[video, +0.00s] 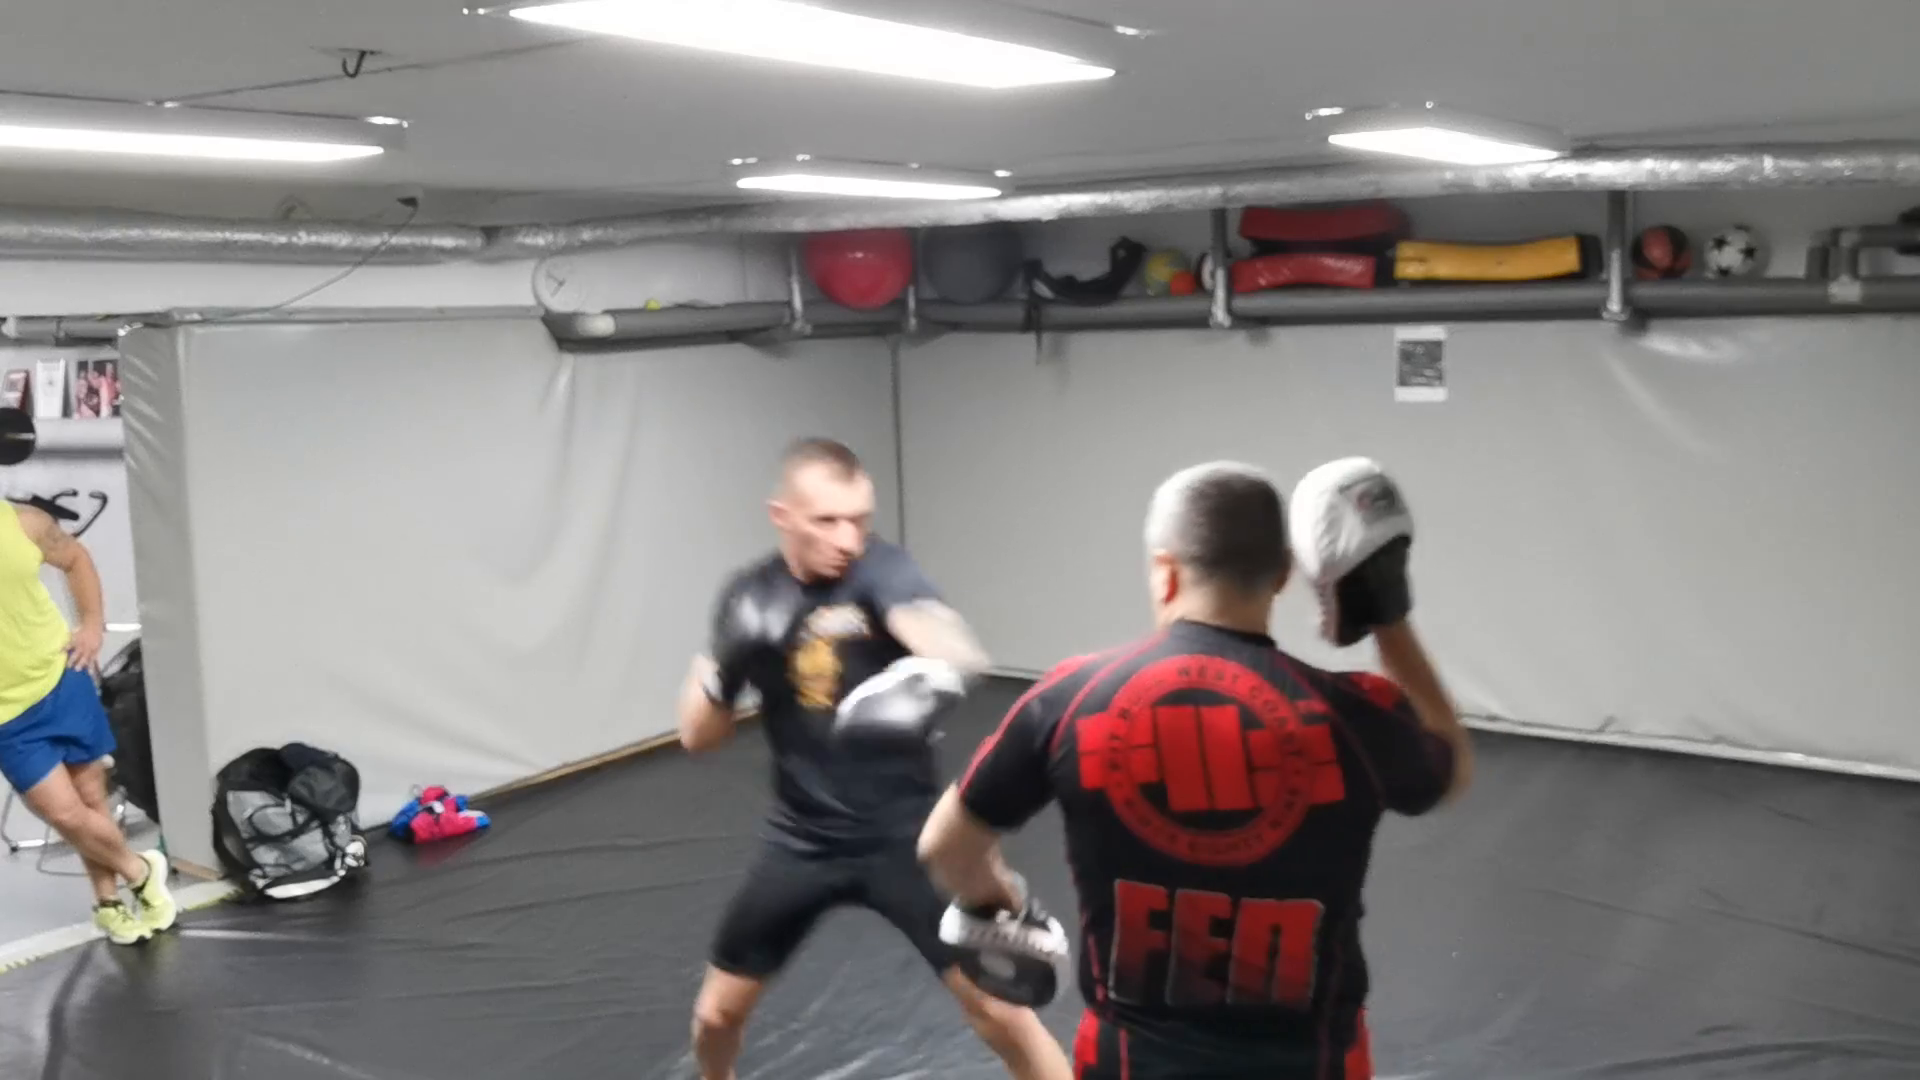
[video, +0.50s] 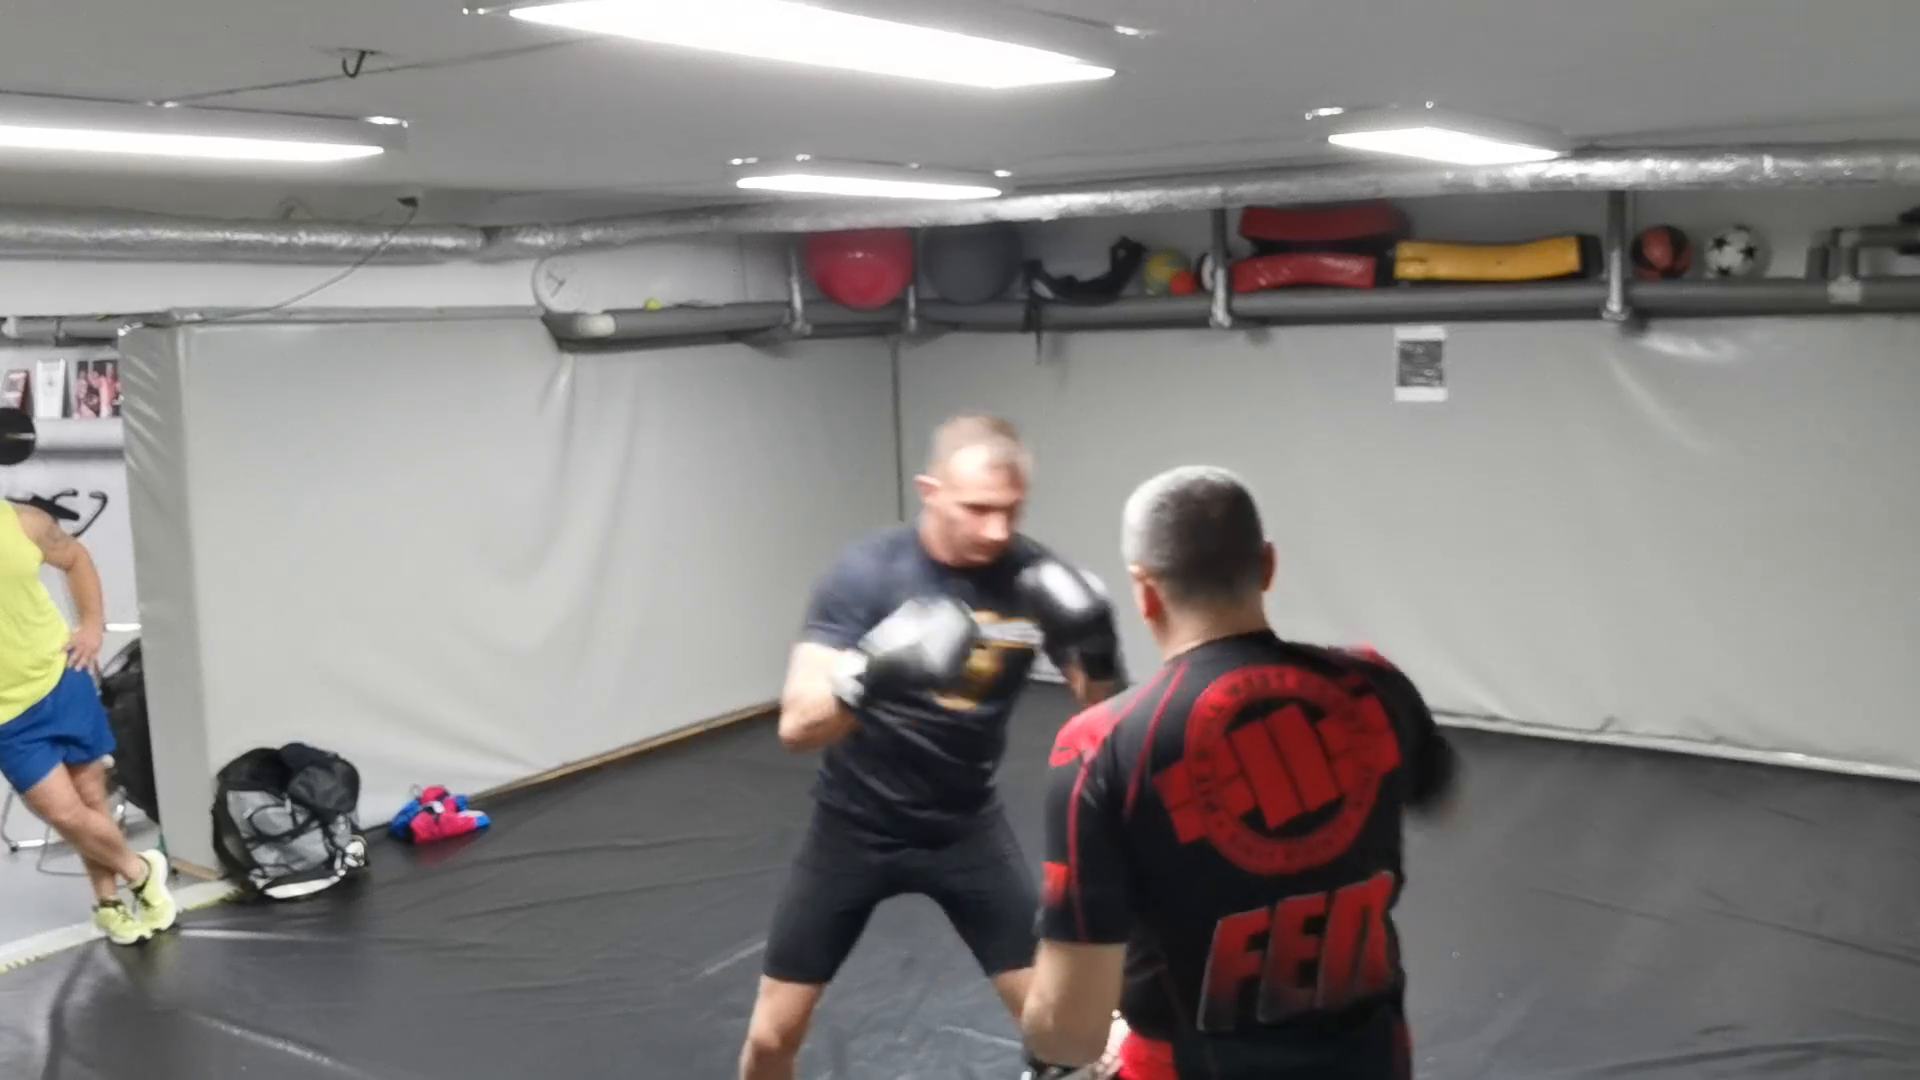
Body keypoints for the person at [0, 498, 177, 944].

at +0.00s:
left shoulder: (22, 523)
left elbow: (76, 558)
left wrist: (93, 623)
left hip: (61, 682)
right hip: (8, 714)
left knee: (91, 798)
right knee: (66, 817)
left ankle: (107, 901)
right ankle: (141, 872)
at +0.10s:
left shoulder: (22, 523)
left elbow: (76, 558)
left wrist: (92, 623)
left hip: (61, 682)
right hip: (8, 714)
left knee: (91, 798)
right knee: (66, 817)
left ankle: (108, 901)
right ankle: (141, 872)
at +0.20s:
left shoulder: (22, 523)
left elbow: (76, 558)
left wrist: (92, 623)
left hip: (62, 682)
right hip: (8, 715)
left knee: (91, 799)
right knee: (66, 817)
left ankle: (108, 901)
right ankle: (141, 872)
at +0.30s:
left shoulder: (21, 523)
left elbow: (76, 557)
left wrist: (92, 623)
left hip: (62, 682)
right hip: (7, 714)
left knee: (91, 798)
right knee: (65, 816)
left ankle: (107, 900)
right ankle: (141, 872)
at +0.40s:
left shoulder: (22, 523)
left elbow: (76, 557)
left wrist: (92, 623)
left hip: (61, 682)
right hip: (8, 714)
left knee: (91, 798)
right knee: (64, 816)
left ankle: (107, 901)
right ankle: (141, 872)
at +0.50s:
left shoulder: (22, 523)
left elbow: (76, 557)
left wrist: (92, 623)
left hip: (61, 682)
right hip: (8, 715)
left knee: (91, 798)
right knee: (64, 816)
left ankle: (107, 901)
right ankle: (141, 872)